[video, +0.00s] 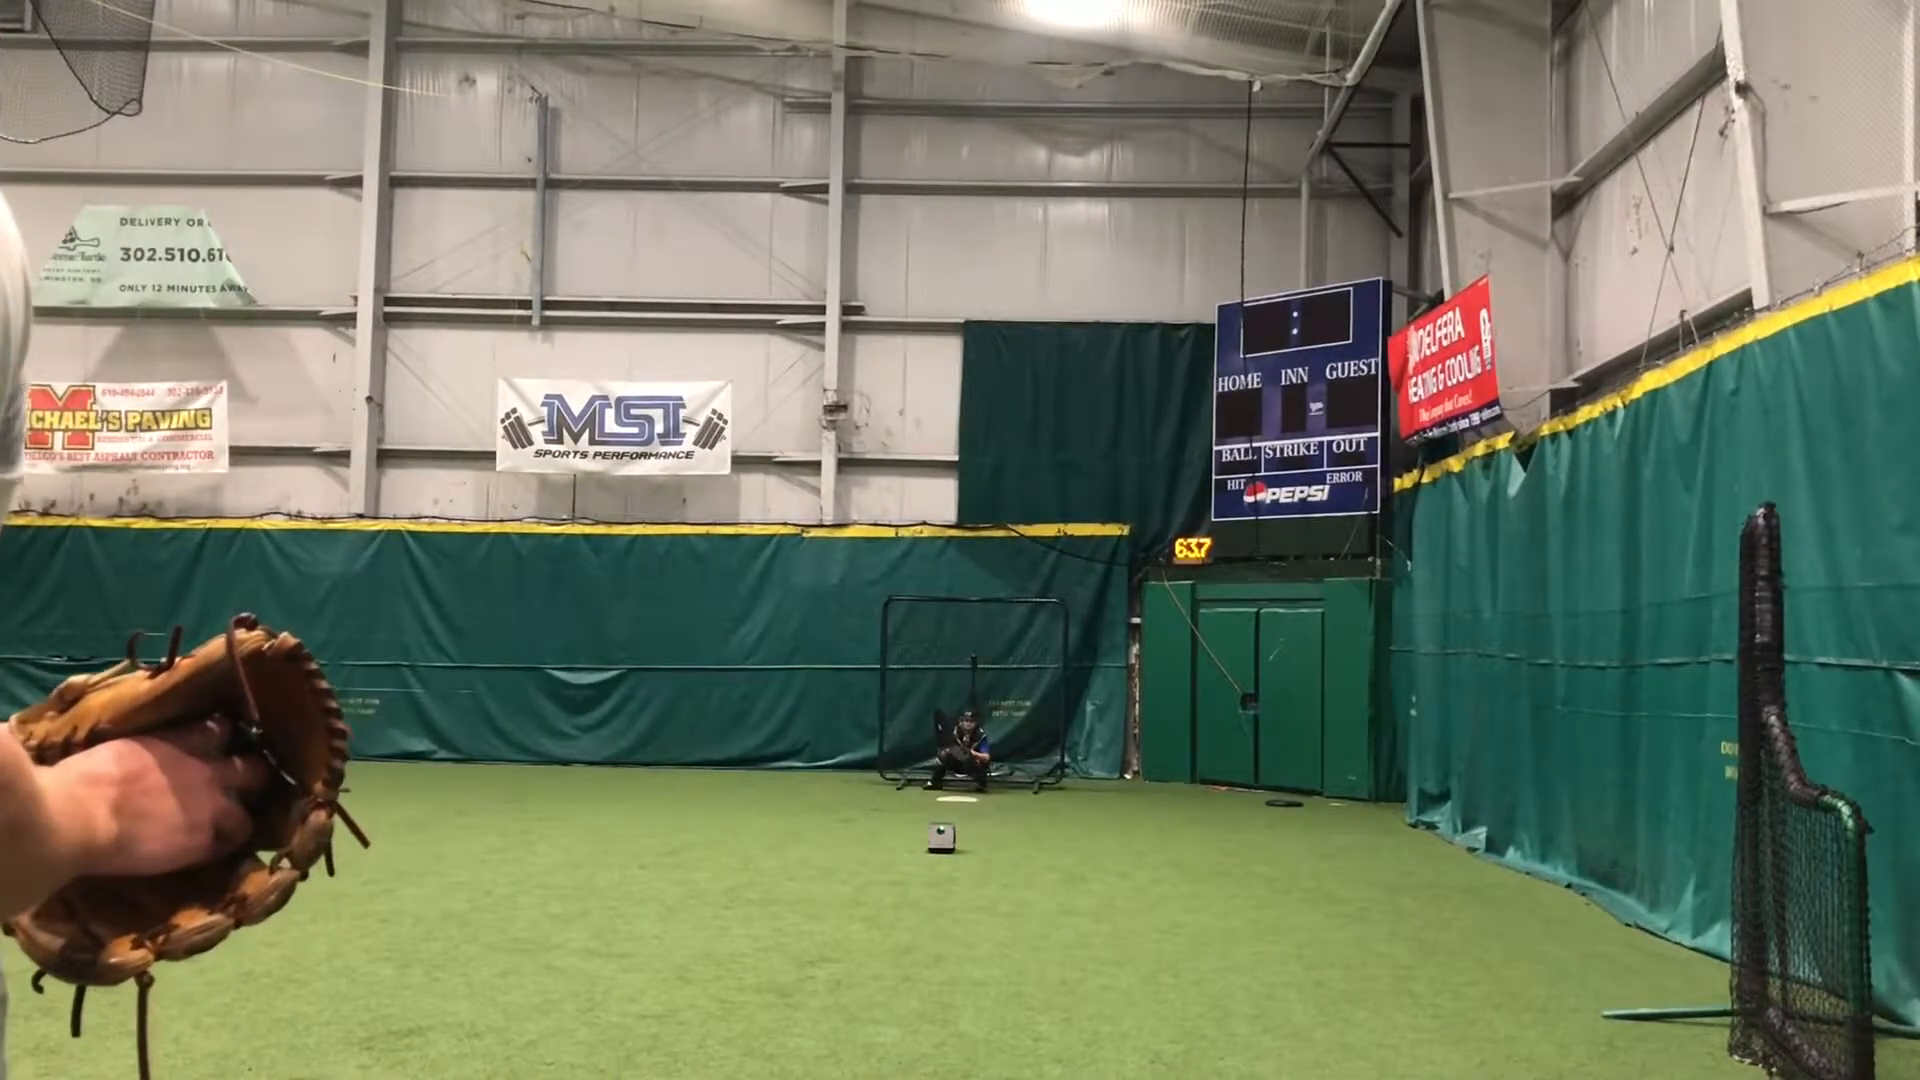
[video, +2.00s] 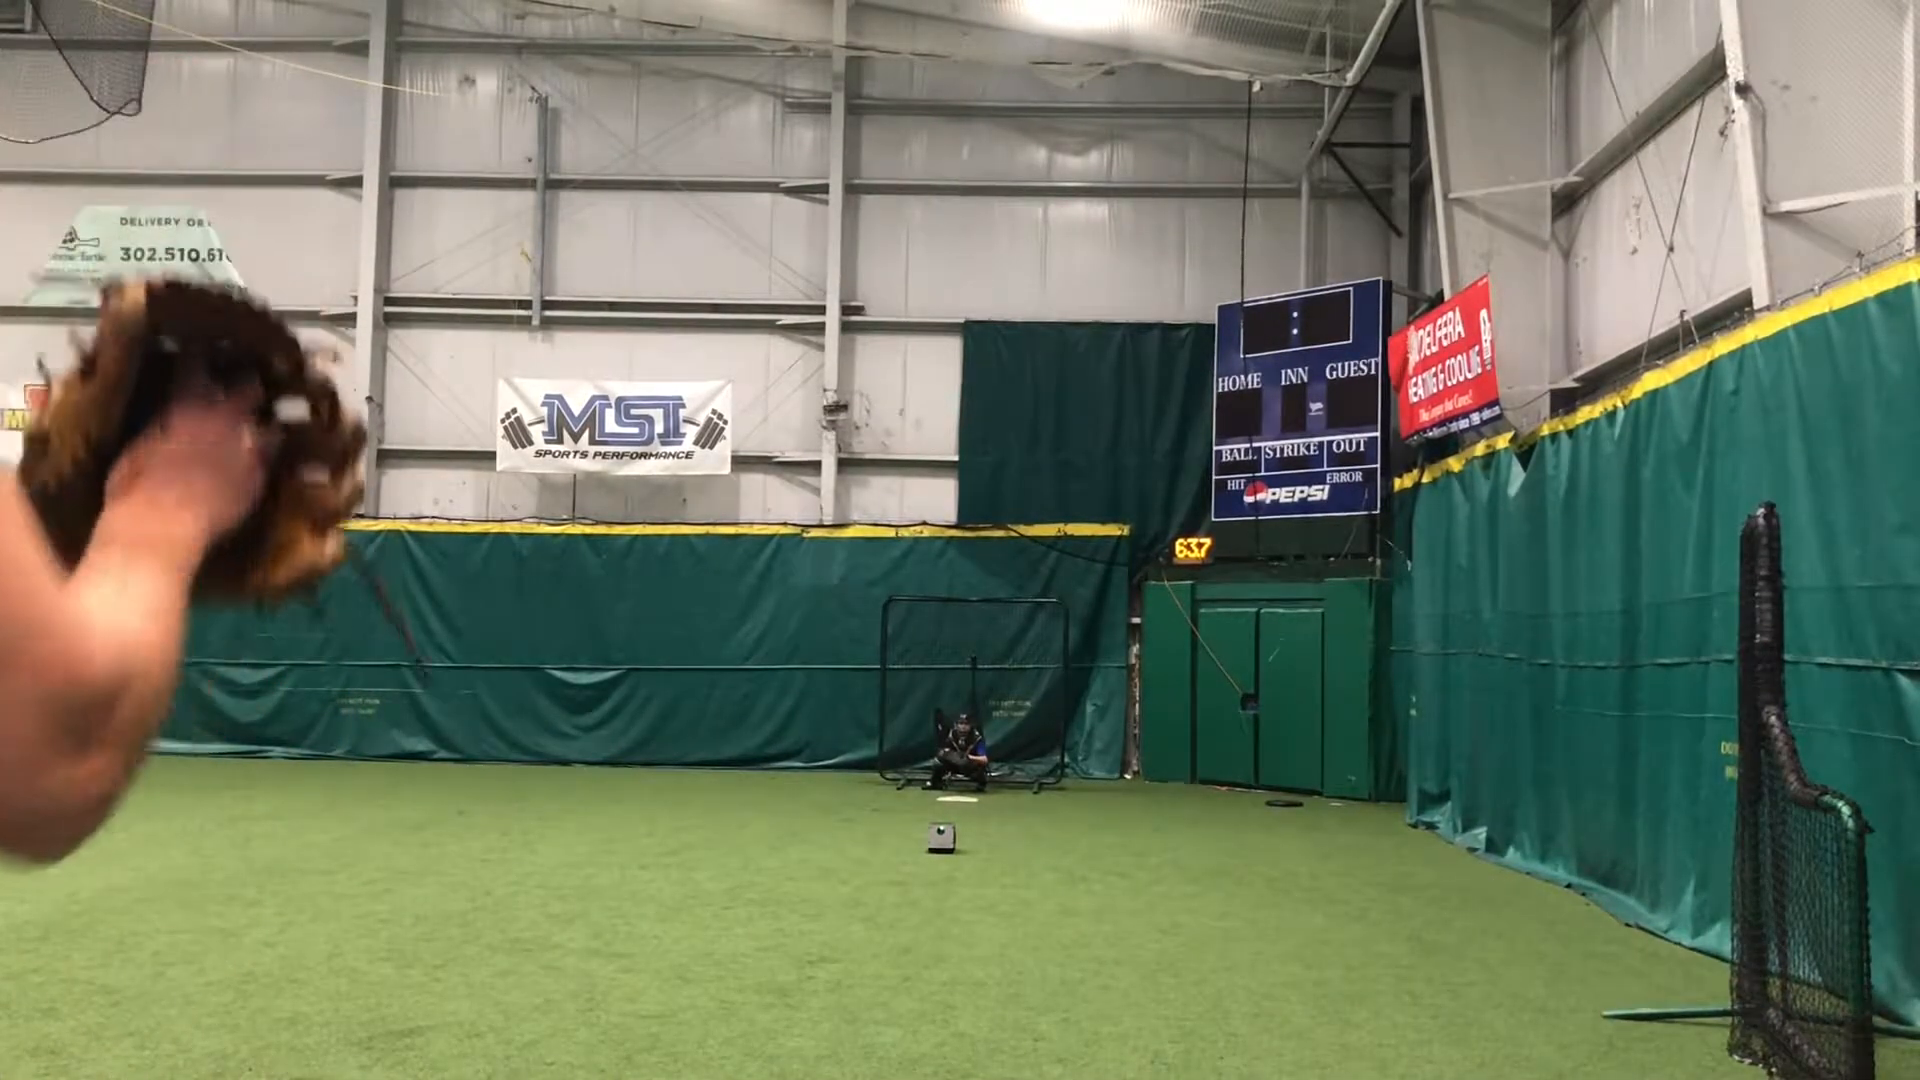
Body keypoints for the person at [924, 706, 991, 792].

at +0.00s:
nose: (968, 724)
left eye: (971, 721)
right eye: (965, 721)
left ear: (976, 723)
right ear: (960, 723)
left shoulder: (980, 735)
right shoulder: (954, 733)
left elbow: (986, 757)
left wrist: (970, 752)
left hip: (972, 763)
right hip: (957, 760)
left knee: (979, 763)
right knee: (944, 759)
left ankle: (982, 785)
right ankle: (936, 782)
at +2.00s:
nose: (963, 727)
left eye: (966, 724)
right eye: (960, 724)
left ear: (970, 726)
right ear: (956, 725)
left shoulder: (977, 738)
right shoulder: (951, 735)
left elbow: (984, 759)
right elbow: (943, 751)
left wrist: (969, 757)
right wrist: (952, 756)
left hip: (970, 763)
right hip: (954, 762)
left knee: (979, 773)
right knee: (939, 764)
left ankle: (981, 784)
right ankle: (936, 783)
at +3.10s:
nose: (958, 727)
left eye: (961, 724)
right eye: (956, 724)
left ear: (966, 726)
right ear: (951, 725)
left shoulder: (973, 738)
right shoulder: (946, 735)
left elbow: (980, 760)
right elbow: (939, 751)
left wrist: (964, 759)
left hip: (966, 766)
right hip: (949, 764)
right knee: (937, 760)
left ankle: (981, 783)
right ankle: (935, 782)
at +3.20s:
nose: (957, 726)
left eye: (960, 724)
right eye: (955, 723)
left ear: (965, 725)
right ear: (950, 725)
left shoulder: (972, 738)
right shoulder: (945, 735)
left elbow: (979, 759)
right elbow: (938, 751)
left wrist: (963, 757)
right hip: (948, 763)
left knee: (963, 768)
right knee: (936, 760)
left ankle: (980, 782)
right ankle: (936, 782)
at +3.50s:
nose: (954, 726)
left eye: (958, 723)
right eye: (952, 722)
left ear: (963, 725)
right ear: (947, 724)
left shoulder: (970, 738)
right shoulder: (942, 735)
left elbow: (976, 758)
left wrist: (960, 756)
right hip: (946, 760)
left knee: (960, 768)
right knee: (935, 753)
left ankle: (980, 782)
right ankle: (935, 782)